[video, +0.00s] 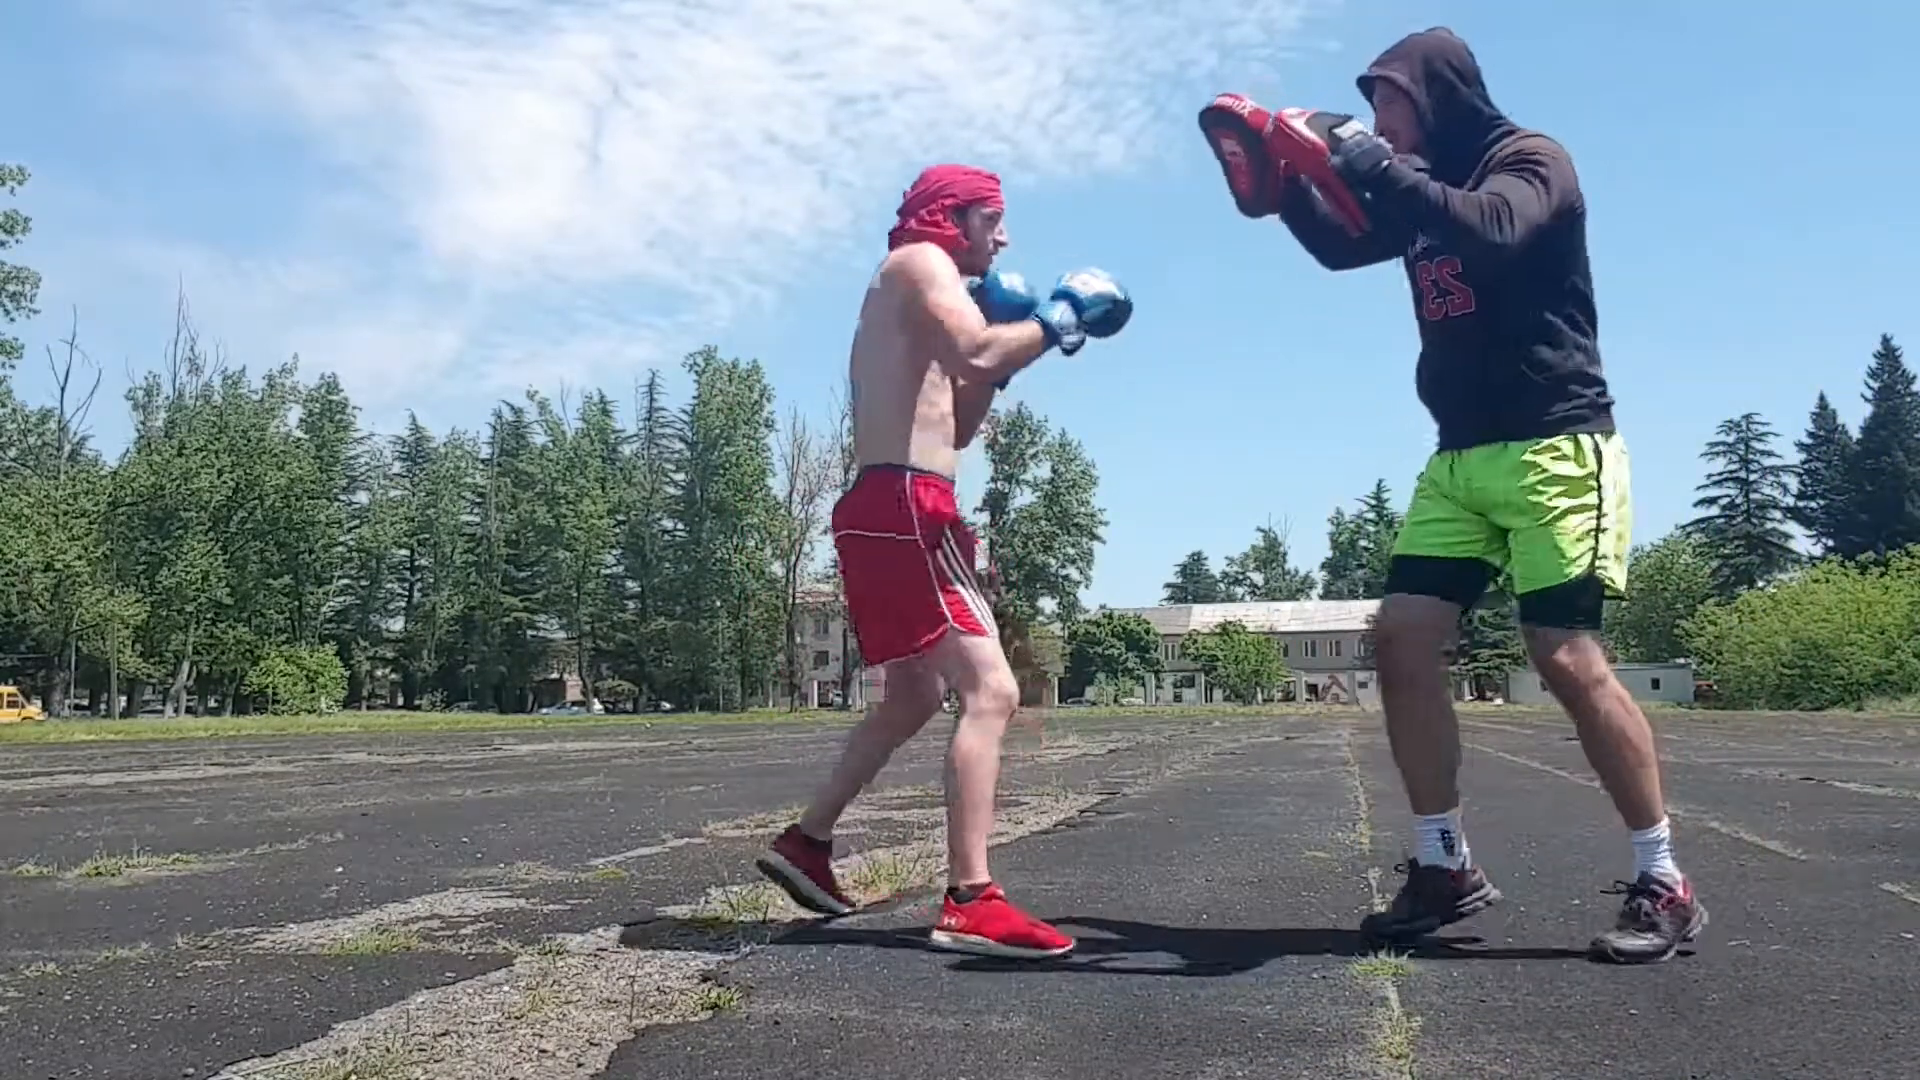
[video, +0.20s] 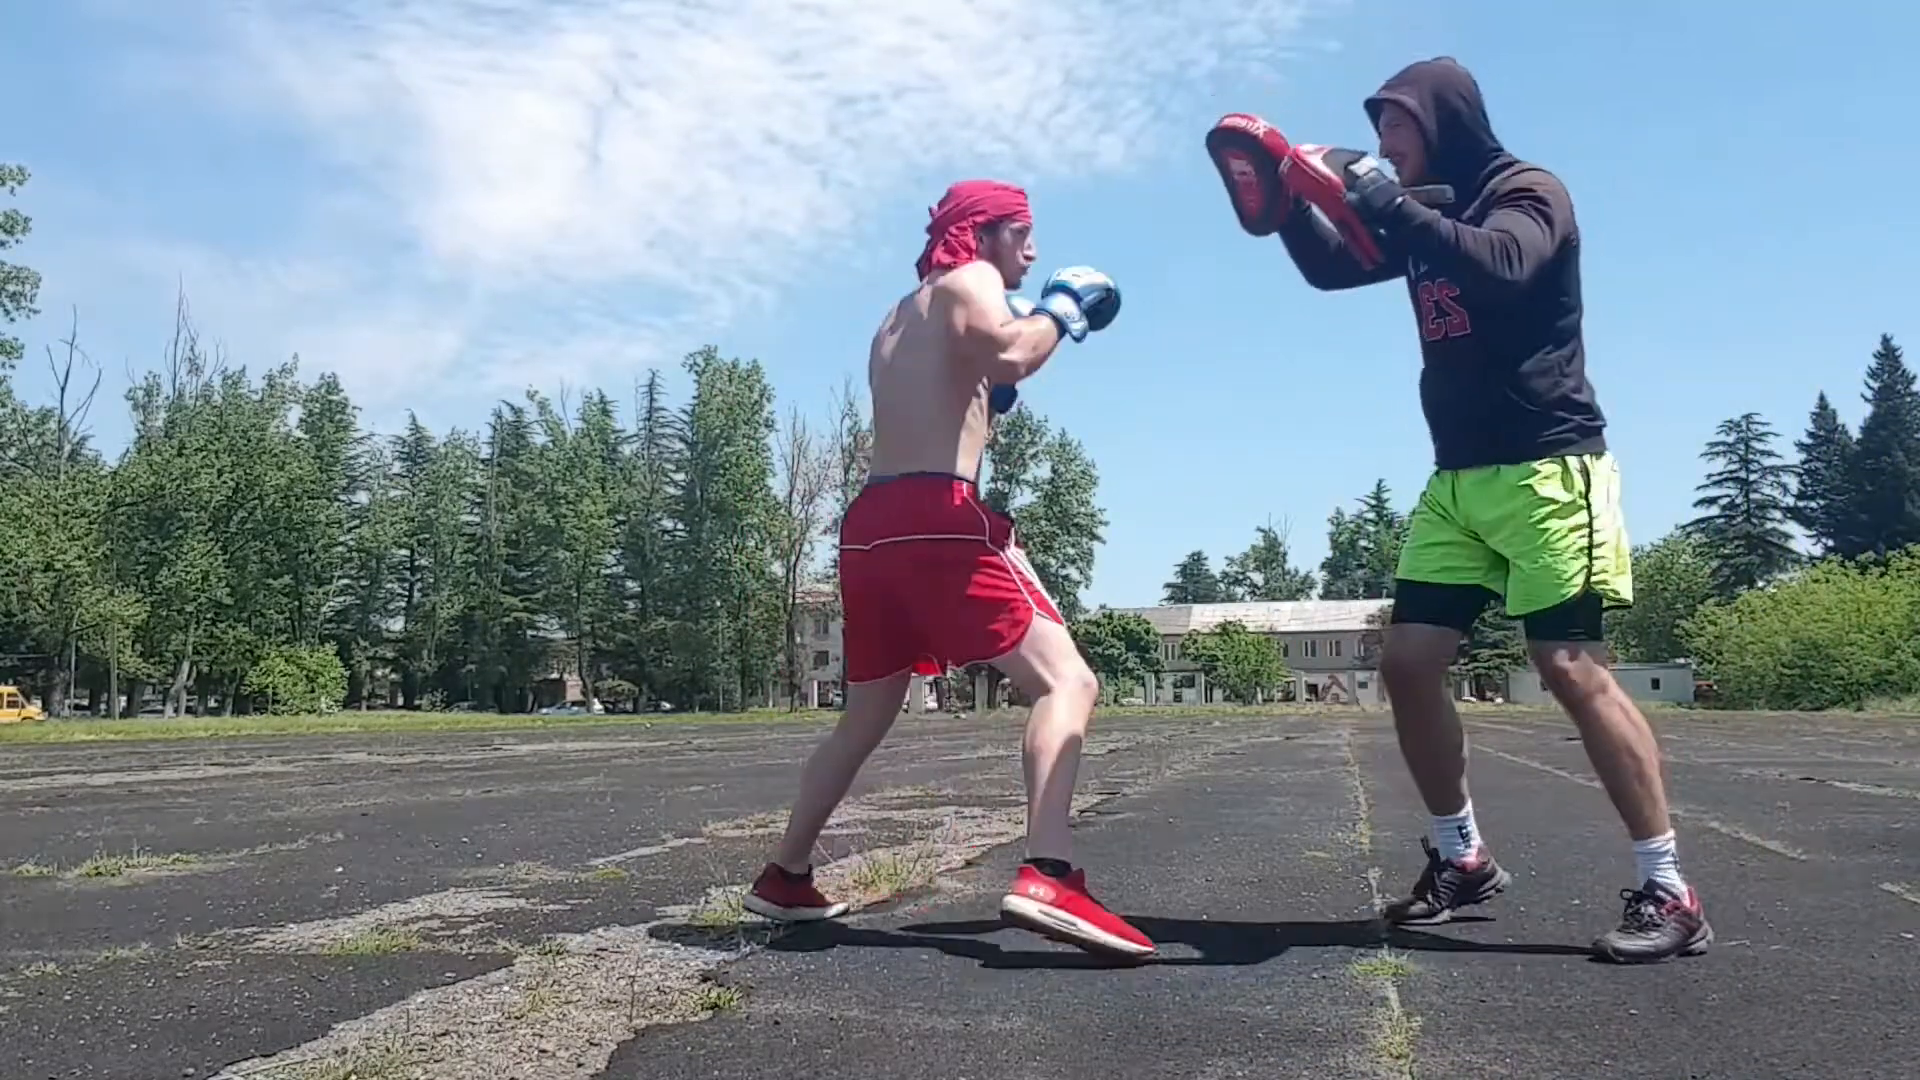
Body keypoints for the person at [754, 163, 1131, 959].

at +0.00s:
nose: (1003, 241)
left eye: (1002, 226)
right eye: (994, 225)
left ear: (940, 223)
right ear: (957, 221)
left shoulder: (917, 290)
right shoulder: (921, 262)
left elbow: (958, 428)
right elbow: (973, 350)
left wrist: (1011, 347)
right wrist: (1057, 321)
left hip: (879, 509)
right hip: (905, 506)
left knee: (913, 694)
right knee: (989, 692)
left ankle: (808, 839)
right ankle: (971, 895)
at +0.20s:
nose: (1031, 253)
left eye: (1030, 238)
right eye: (1022, 238)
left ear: (951, 243)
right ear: (985, 236)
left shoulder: (894, 319)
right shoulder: (971, 280)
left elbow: (938, 415)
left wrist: (998, 386)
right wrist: (1059, 309)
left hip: (867, 525)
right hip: (943, 515)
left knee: (866, 712)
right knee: (1067, 684)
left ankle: (785, 874)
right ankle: (1050, 873)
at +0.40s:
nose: (1068, 235)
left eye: (1066, 222)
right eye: (1064, 221)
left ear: (983, 222)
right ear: (1039, 218)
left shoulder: (921, 301)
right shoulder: (1045, 262)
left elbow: (942, 417)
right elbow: (1135, 312)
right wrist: (1162, 268)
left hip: (914, 505)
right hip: (1012, 494)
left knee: (904, 706)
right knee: (1147, 681)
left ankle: (863, 881)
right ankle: (1130, 838)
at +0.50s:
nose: (1069, 239)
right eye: (1064, 227)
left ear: (981, 234)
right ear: (1055, 232)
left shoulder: (934, 319)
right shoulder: (1089, 265)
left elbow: (936, 456)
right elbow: (1219, 250)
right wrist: (1230, 196)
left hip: (960, 521)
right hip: (1071, 510)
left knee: (924, 719)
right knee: (1168, 711)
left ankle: (867, 895)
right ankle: (1233, 899)